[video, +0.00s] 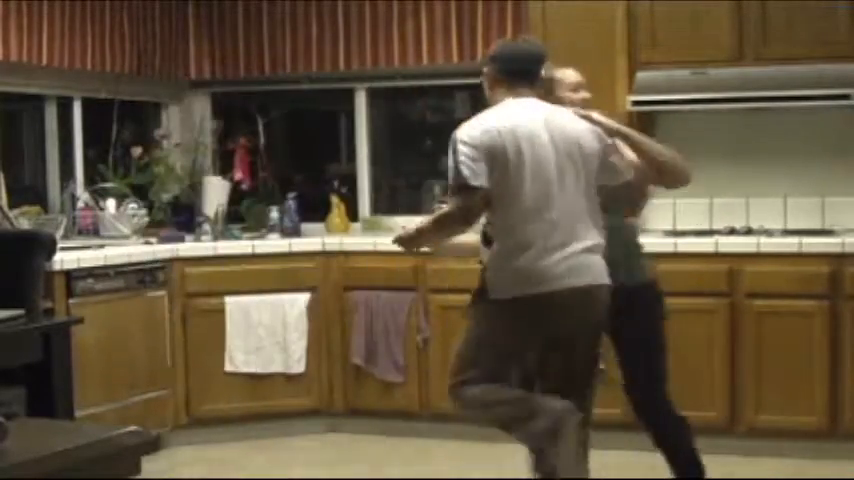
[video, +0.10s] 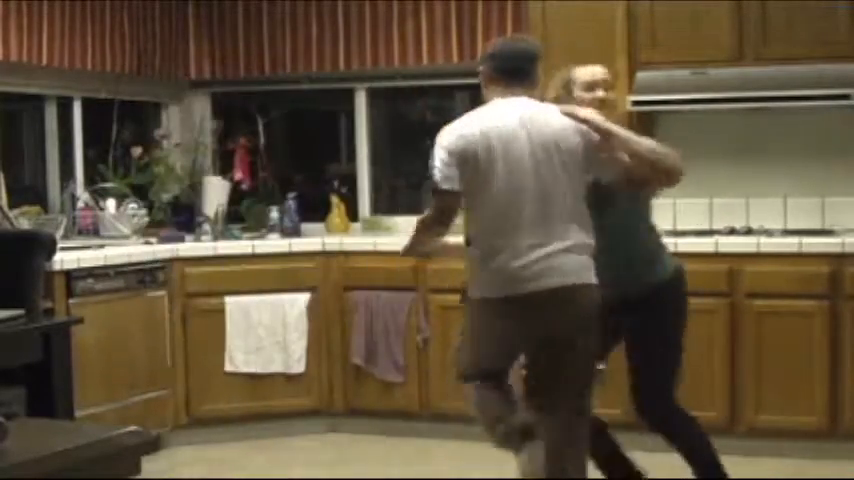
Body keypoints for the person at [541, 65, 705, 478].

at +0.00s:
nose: (584, 97)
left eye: (585, 89)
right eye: (572, 89)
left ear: (590, 96)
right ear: (547, 99)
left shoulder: (610, 148)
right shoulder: (536, 153)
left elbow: (678, 176)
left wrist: (607, 125)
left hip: (628, 282)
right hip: (572, 283)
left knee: (649, 401)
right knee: (564, 401)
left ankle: (691, 472)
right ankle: (562, 471)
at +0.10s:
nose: (601, 95)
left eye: (607, 87)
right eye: (589, 88)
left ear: (617, 97)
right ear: (565, 99)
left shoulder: (628, 151)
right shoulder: (559, 155)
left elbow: (671, 170)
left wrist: (597, 123)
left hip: (654, 285)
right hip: (600, 291)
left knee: (654, 405)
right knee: (556, 389)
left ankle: (713, 472)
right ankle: (622, 472)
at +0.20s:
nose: (587, 94)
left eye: (599, 85)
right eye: (583, 87)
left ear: (629, 94)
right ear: (578, 96)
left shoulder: (645, 141)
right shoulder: (581, 146)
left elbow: (634, 172)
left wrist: (577, 122)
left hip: (664, 290)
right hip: (614, 297)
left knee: (655, 405)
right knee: (576, 393)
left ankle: (719, 473)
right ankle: (657, 474)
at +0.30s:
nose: (590, 91)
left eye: (599, 81)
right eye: (592, 81)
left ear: (629, 88)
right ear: (621, 89)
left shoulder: (655, 142)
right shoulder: (605, 151)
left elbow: (608, 175)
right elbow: (572, 219)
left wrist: (557, 126)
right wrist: (529, 239)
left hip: (667, 290)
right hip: (628, 294)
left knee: (634, 404)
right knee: (604, 399)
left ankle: (732, 471)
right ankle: (666, 475)